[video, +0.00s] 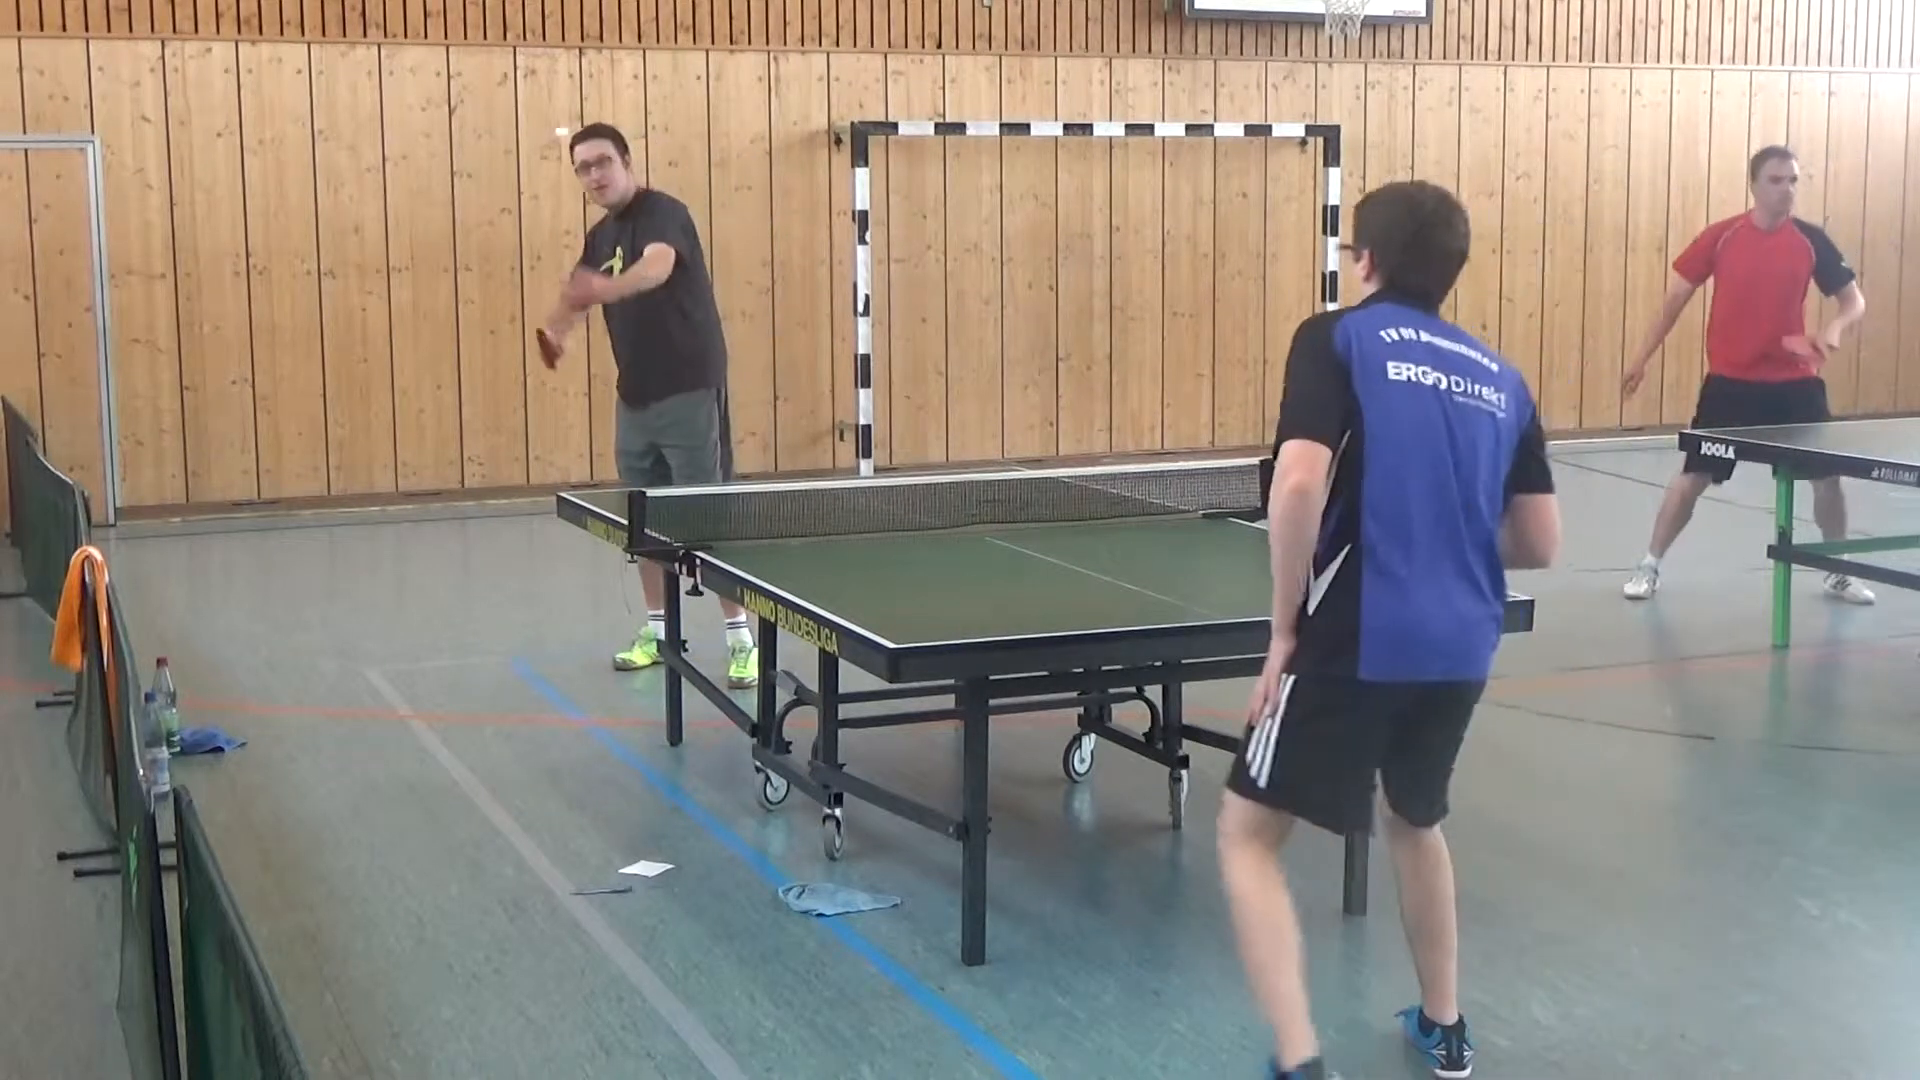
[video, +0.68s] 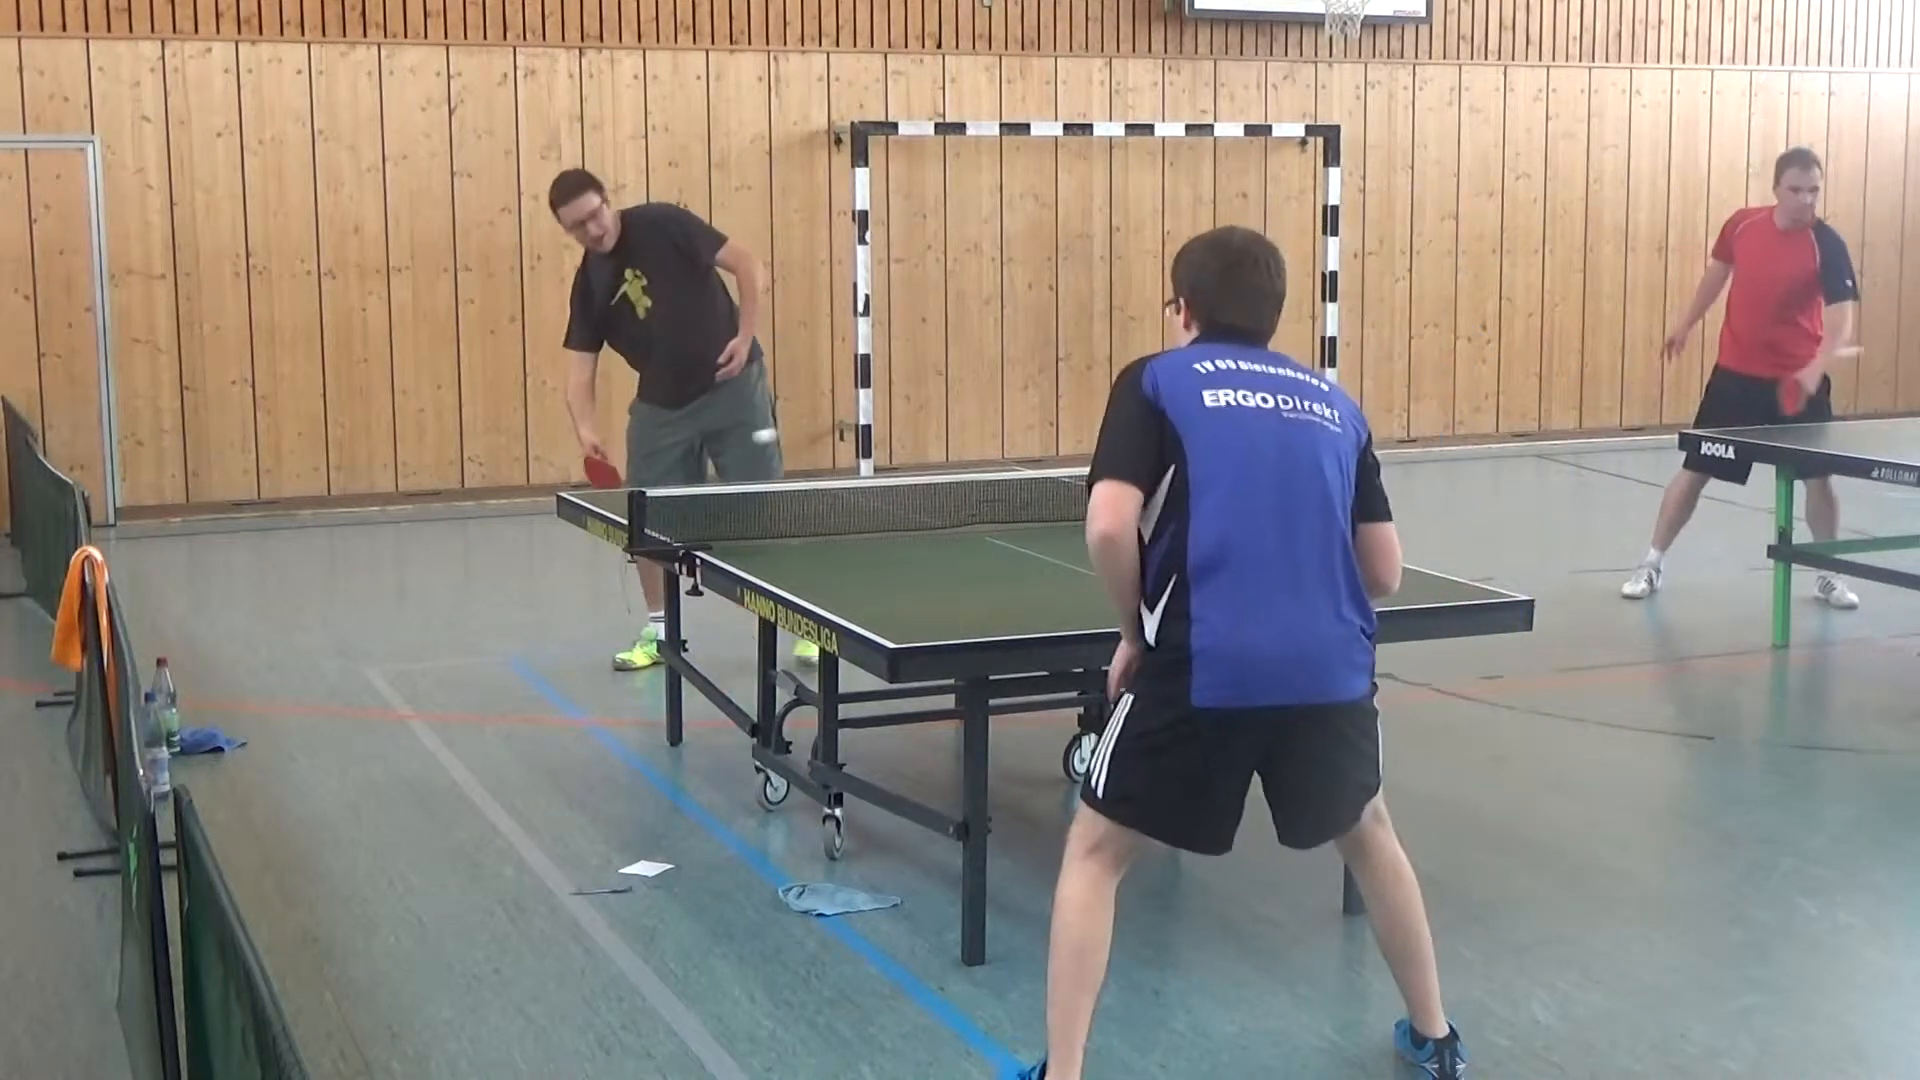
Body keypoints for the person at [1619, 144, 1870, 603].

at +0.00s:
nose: (1787, 188)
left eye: (1792, 180)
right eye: (1776, 180)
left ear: (1798, 184)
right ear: (1753, 185)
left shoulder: (1810, 240)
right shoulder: (1720, 237)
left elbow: (1854, 300)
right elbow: (1676, 297)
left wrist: (1834, 328)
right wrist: (1641, 359)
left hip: (1796, 385)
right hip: (1730, 385)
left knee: (1827, 477)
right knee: (1693, 479)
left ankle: (1836, 571)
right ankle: (1650, 565)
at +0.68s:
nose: (1807, 198)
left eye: (1814, 189)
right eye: (1797, 189)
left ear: (1821, 189)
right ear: (1777, 189)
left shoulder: (1827, 245)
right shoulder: (1742, 225)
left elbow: (1840, 325)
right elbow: (1714, 278)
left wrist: (1816, 369)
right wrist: (1683, 327)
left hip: (1799, 384)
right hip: (1735, 378)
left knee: (1819, 480)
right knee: (1694, 471)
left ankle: (1827, 574)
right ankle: (1651, 564)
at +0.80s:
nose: (1820, 188)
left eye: (1825, 179)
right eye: (1810, 179)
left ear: (1829, 182)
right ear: (1785, 181)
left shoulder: (1833, 242)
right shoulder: (1746, 220)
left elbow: (1849, 318)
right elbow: (1721, 261)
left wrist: (1817, 361)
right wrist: (1693, 304)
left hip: (1799, 381)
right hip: (1735, 374)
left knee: (1817, 478)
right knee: (1692, 464)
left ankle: (1826, 573)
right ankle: (1644, 558)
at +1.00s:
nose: (1808, 185)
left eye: (1811, 177)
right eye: (1798, 177)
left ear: (1813, 182)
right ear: (1770, 181)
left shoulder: (1820, 243)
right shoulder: (1727, 226)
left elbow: (1824, 323)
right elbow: (1692, 271)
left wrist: (1783, 342)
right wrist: (1664, 318)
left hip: (1787, 384)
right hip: (1721, 379)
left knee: (1812, 475)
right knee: (1678, 470)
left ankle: (1828, 573)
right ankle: (1625, 563)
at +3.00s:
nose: (1777, 159)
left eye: (1773, 151)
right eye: (1769, 151)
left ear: (1745, 161)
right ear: (1747, 159)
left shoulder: (1734, 210)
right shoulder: (1729, 209)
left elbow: (1733, 285)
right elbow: (1698, 275)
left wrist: (1764, 329)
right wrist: (1737, 336)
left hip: (1697, 355)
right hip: (1726, 357)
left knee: (1694, 459)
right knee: (1765, 455)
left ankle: (1689, 564)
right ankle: (1743, 564)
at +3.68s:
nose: (1919, 165)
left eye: (1918, 156)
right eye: (1918, 157)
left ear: (1875, 160)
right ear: (1909, 161)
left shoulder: (1842, 208)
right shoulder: (1903, 211)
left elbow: (1808, 271)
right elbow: (1902, 288)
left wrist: (1836, 306)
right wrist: (1919, 308)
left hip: (1842, 346)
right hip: (1879, 349)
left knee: (1859, 443)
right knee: (1869, 454)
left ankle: (1796, 508)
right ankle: (1851, 555)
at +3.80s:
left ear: (1901, 160)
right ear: (1919, 160)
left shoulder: (1873, 206)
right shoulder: (1913, 206)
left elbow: (1835, 265)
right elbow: (1911, 279)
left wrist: (1867, 296)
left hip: (1870, 346)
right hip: (1902, 348)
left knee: (1902, 450)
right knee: (1882, 453)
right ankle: (1848, 552)